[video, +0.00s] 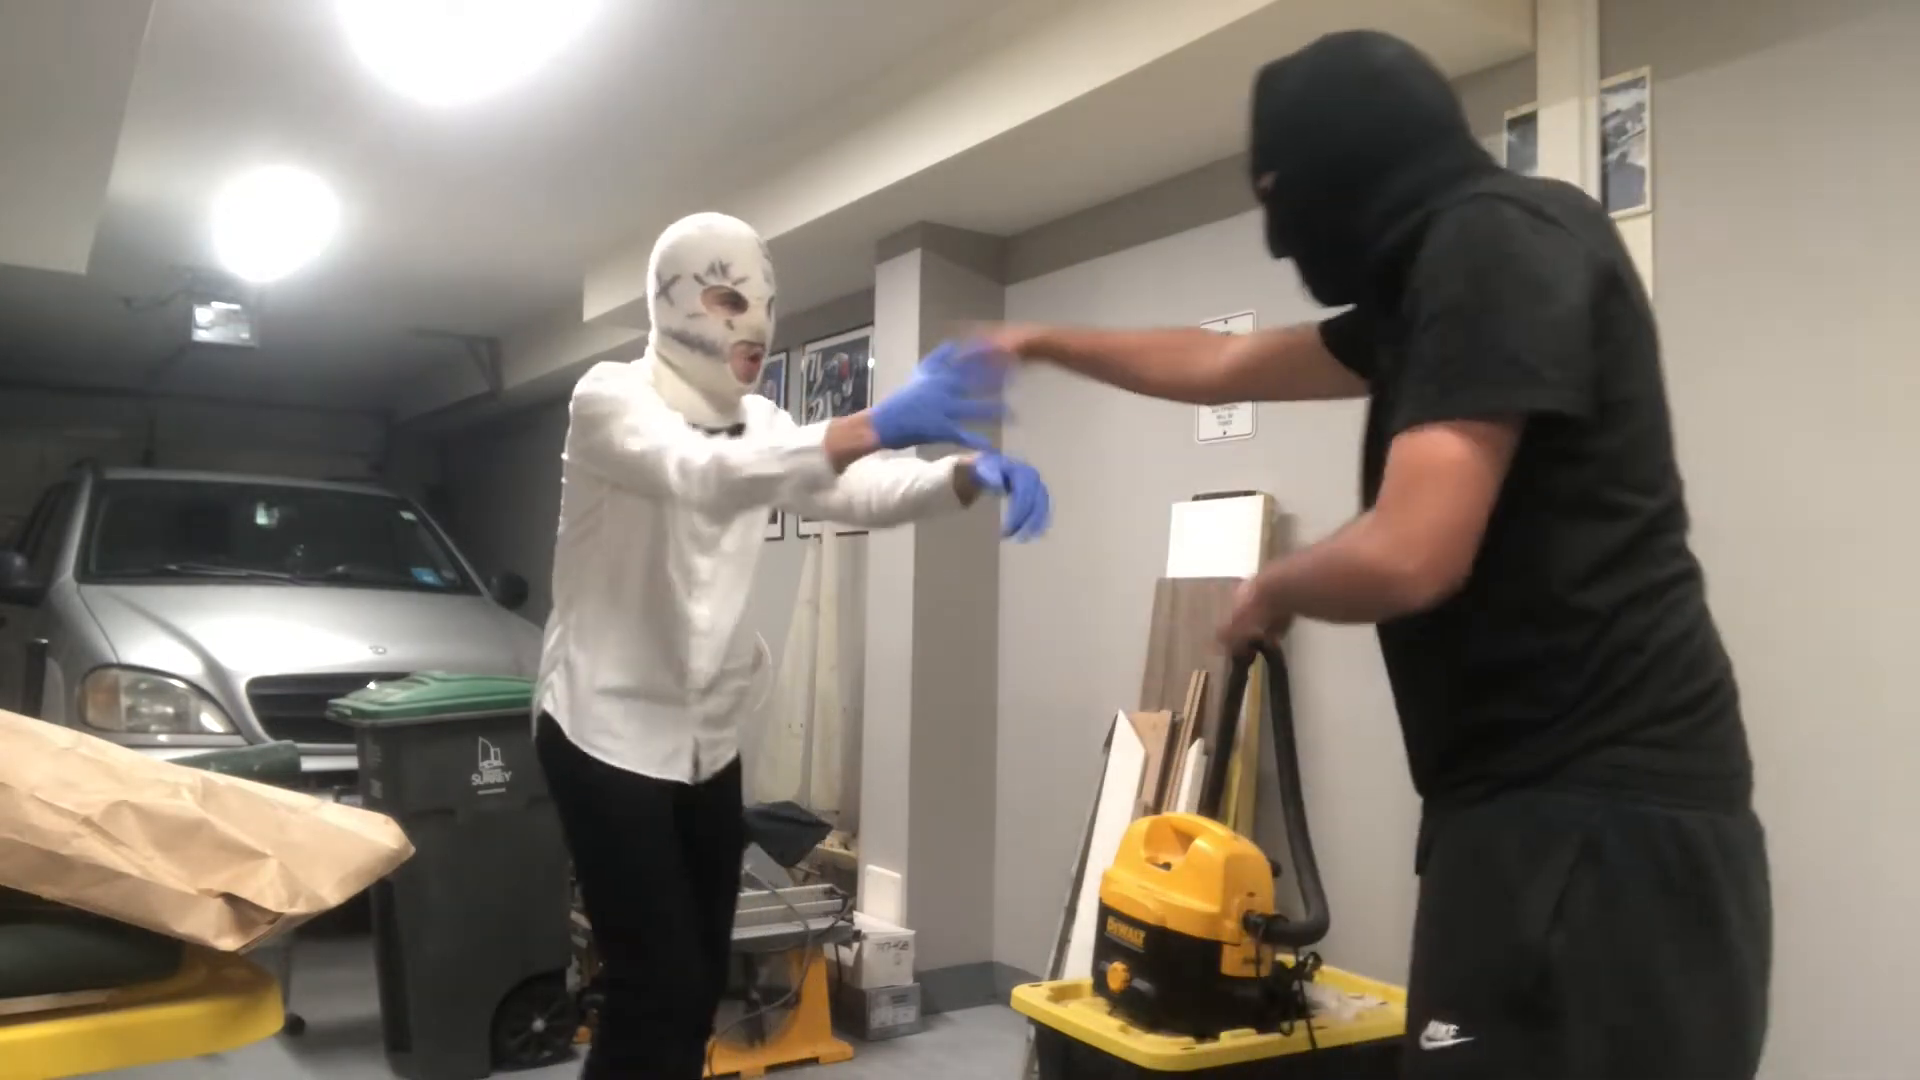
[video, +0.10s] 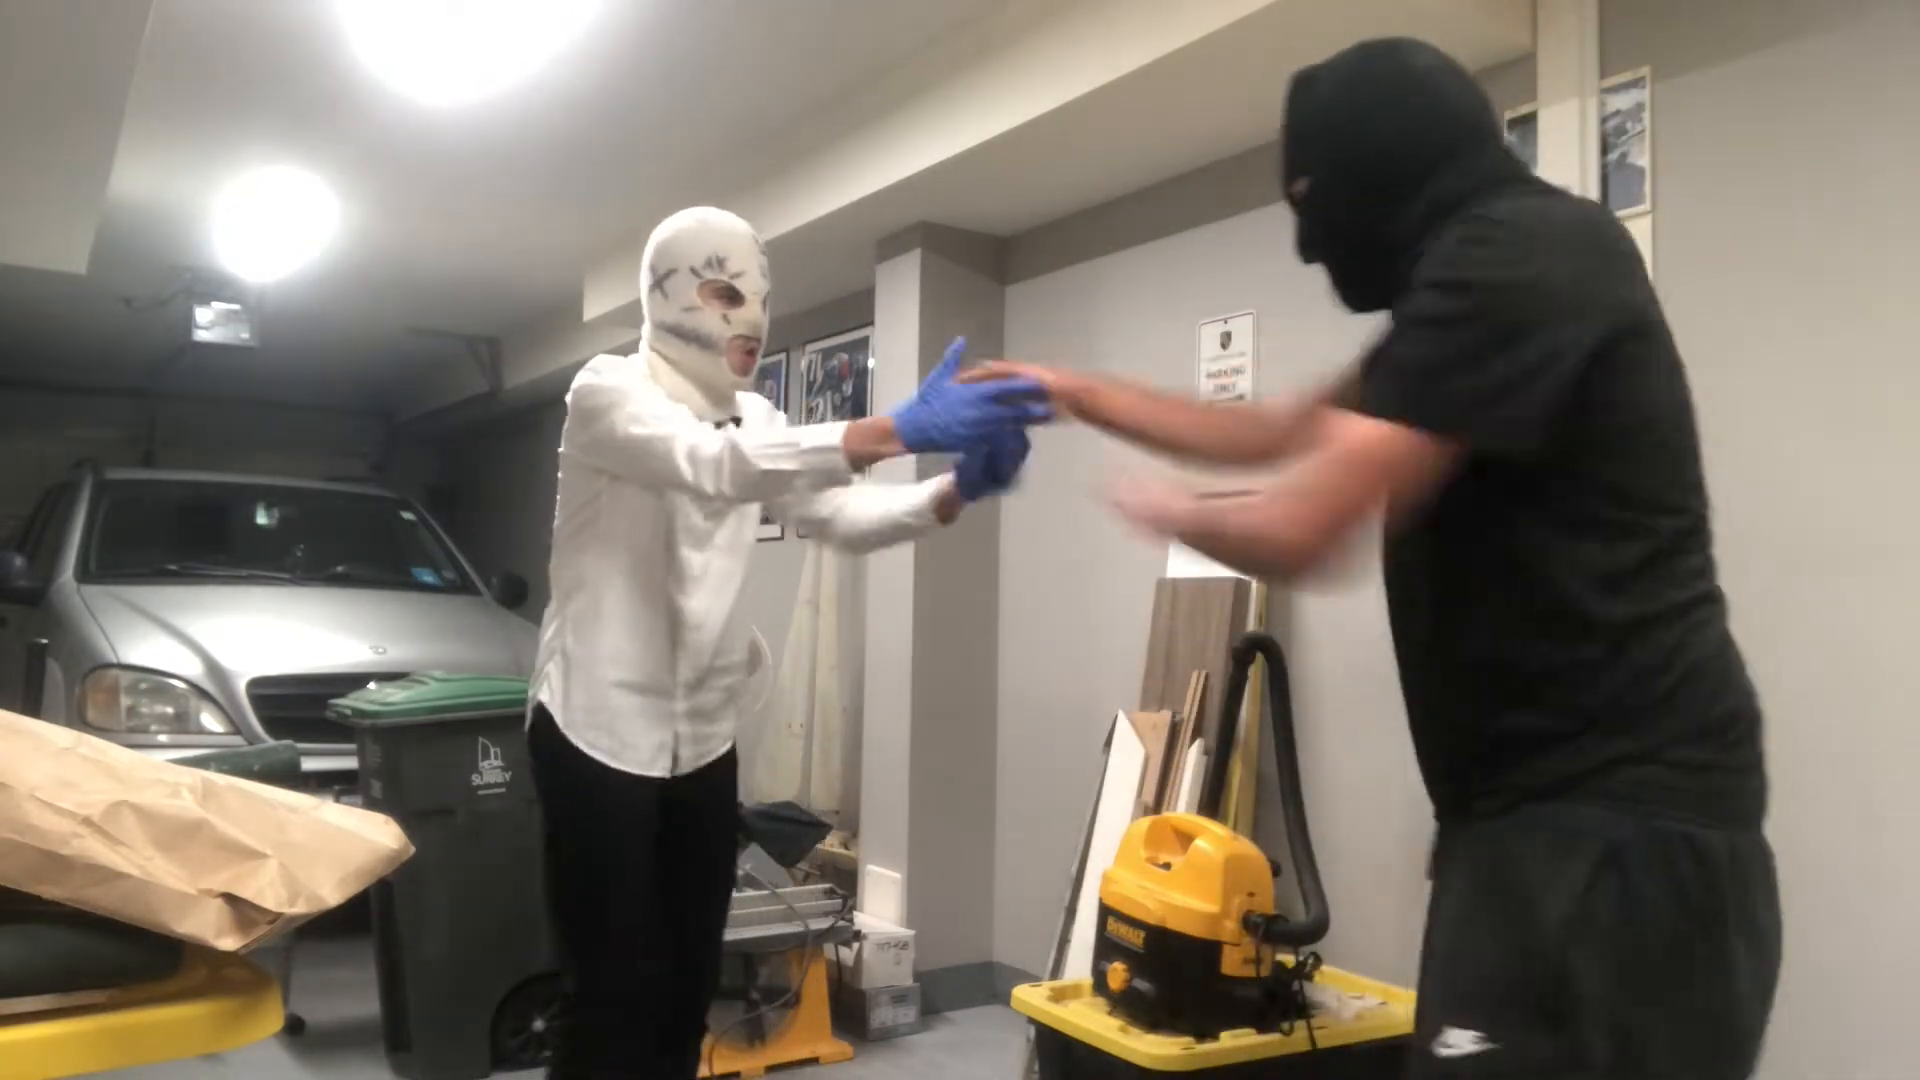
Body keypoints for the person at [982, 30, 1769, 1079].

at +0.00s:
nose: (1276, 233)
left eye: (1276, 194)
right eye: (1267, 202)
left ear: (1339, 164)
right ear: (1361, 165)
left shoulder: (1497, 240)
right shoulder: (1438, 281)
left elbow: (1408, 556)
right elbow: (1232, 360)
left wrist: (1277, 585)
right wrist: (1036, 341)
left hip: (1595, 841)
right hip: (1519, 831)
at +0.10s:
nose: (1298, 215)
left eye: (1307, 182)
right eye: (1296, 187)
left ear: (1374, 166)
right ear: (1409, 156)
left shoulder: (1517, 261)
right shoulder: (1491, 266)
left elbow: (1297, 529)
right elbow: (1274, 434)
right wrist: (1072, 393)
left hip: (1607, 843)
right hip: (1543, 829)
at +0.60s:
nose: (1310, 279)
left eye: (1309, 256)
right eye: (1305, 259)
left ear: (1351, 232)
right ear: (1458, 197)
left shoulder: (1415, 313)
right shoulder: (1593, 303)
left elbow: (1130, 482)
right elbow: (1364, 487)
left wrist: (1072, 450)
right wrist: (1166, 438)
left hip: (1612, 853)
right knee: (1454, 1067)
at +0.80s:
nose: (1316, 260)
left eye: (1317, 229)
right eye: (1310, 235)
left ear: (1365, 207)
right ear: (1449, 181)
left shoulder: (1434, 307)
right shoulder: (1547, 292)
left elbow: (1199, 533)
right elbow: (1326, 516)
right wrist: (1152, 476)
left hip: (1571, 828)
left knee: (1506, 1060)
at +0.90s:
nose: (1325, 268)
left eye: (1323, 238)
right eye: (1316, 244)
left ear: (1372, 207)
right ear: (1466, 184)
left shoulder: (1418, 299)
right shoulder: (1585, 297)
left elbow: (1171, 492)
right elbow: (1434, 559)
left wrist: (1097, 423)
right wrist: (1234, 486)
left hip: (1549, 864)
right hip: (1694, 850)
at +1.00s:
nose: (1338, 254)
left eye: (1337, 227)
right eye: (1333, 232)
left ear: (1376, 199)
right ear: (1486, 178)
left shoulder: (1408, 294)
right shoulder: (1617, 302)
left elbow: (1158, 474)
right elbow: (1446, 577)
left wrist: (1013, 485)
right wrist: (1287, 473)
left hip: (1533, 831)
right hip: (1674, 810)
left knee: (1485, 1059)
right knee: (1634, 1061)